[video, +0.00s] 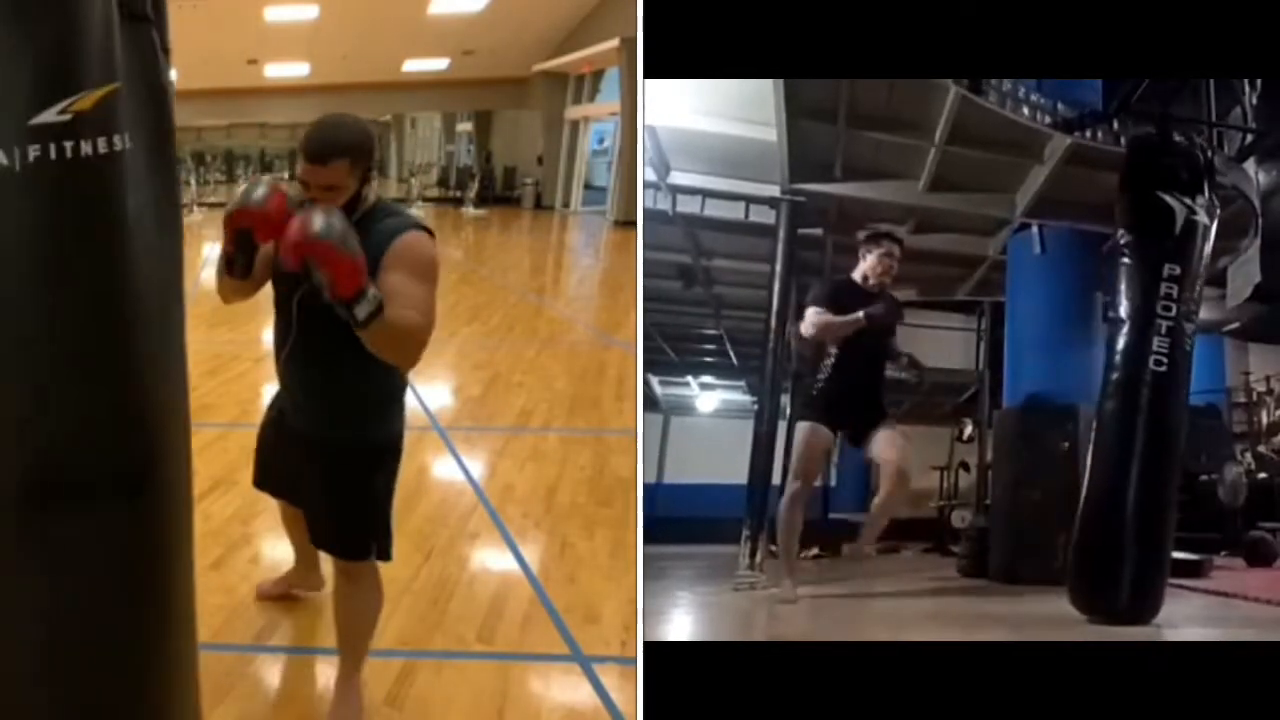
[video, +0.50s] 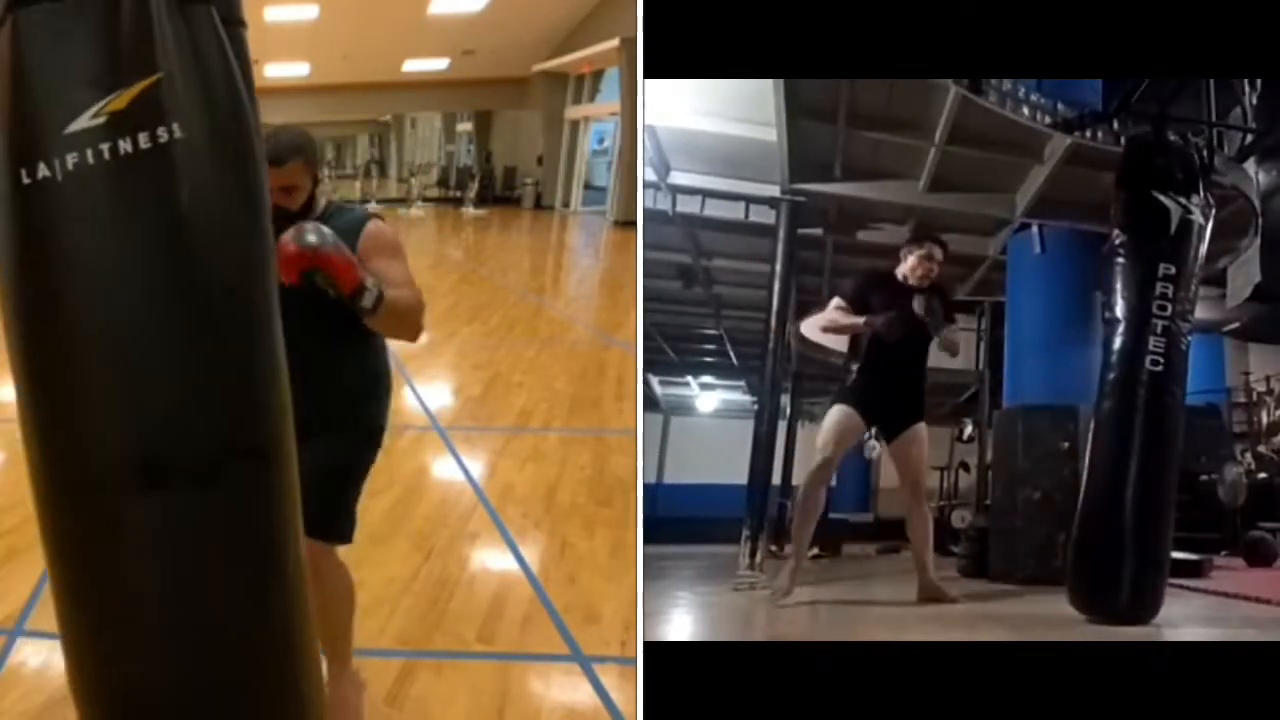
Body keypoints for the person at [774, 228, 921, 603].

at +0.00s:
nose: (889, 264)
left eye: (894, 260)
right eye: (884, 256)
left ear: (896, 268)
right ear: (863, 257)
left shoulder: (889, 306)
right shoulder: (833, 289)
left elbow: (881, 343)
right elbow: (812, 327)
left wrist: (908, 361)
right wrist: (864, 318)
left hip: (867, 406)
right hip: (825, 402)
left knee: (897, 459)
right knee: (799, 483)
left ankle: (865, 546)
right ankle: (788, 576)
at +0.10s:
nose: (896, 265)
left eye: (901, 260)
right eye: (891, 256)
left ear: (903, 268)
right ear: (870, 256)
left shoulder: (894, 304)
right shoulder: (836, 289)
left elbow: (888, 344)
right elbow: (808, 333)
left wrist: (904, 360)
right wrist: (860, 332)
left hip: (872, 400)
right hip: (830, 397)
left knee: (908, 465)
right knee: (804, 484)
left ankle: (906, 563)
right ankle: (787, 577)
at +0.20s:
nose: (901, 268)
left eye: (906, 263)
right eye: (896, 260)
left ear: (907, 270)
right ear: (875, 258)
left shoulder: (901, 304)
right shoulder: (843, 291)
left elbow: (908, 338)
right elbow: (806, 331)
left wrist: (922, 358)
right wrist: (856, 334)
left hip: (879, 400)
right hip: (836, 398)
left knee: (908, 477)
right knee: (805, 485)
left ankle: (921, 573)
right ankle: (787, 578)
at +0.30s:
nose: (917, 271)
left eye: (922, 266)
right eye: (911, 262)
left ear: (925, 272)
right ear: (890, 261)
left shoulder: (921, 304)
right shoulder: (859, 291)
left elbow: (949, 332)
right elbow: (810, 325)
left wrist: (961, 345)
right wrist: (855, 329)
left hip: (890, 406)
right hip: (848, 401)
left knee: (908, 489)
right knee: (815, 483)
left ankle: (927, 578)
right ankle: (789, 575)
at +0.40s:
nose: (925, 271)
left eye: (932, 267)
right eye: (921, 262)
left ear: (936, 273)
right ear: (902, 259)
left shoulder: (932, 303)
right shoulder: (870, 288)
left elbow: (963, 340)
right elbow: (820, 322)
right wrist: (861, 325)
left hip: (900, 404)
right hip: (857, 397)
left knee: (914, 486)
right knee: (819, 467)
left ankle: (926, 580)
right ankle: (796, 563)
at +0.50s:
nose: (929, 268)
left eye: (936, 263)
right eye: (925, 258)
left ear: (938, 269)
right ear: (905, 255)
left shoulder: (935, 298)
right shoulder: (874, 284)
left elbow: (954, 348)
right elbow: (820, 322)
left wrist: (937, 325)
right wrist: (868, 322)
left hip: (906, 402)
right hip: (861, 394)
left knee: (918, 491)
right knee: (823, 464)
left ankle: (927, 581)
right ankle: (794, 564)